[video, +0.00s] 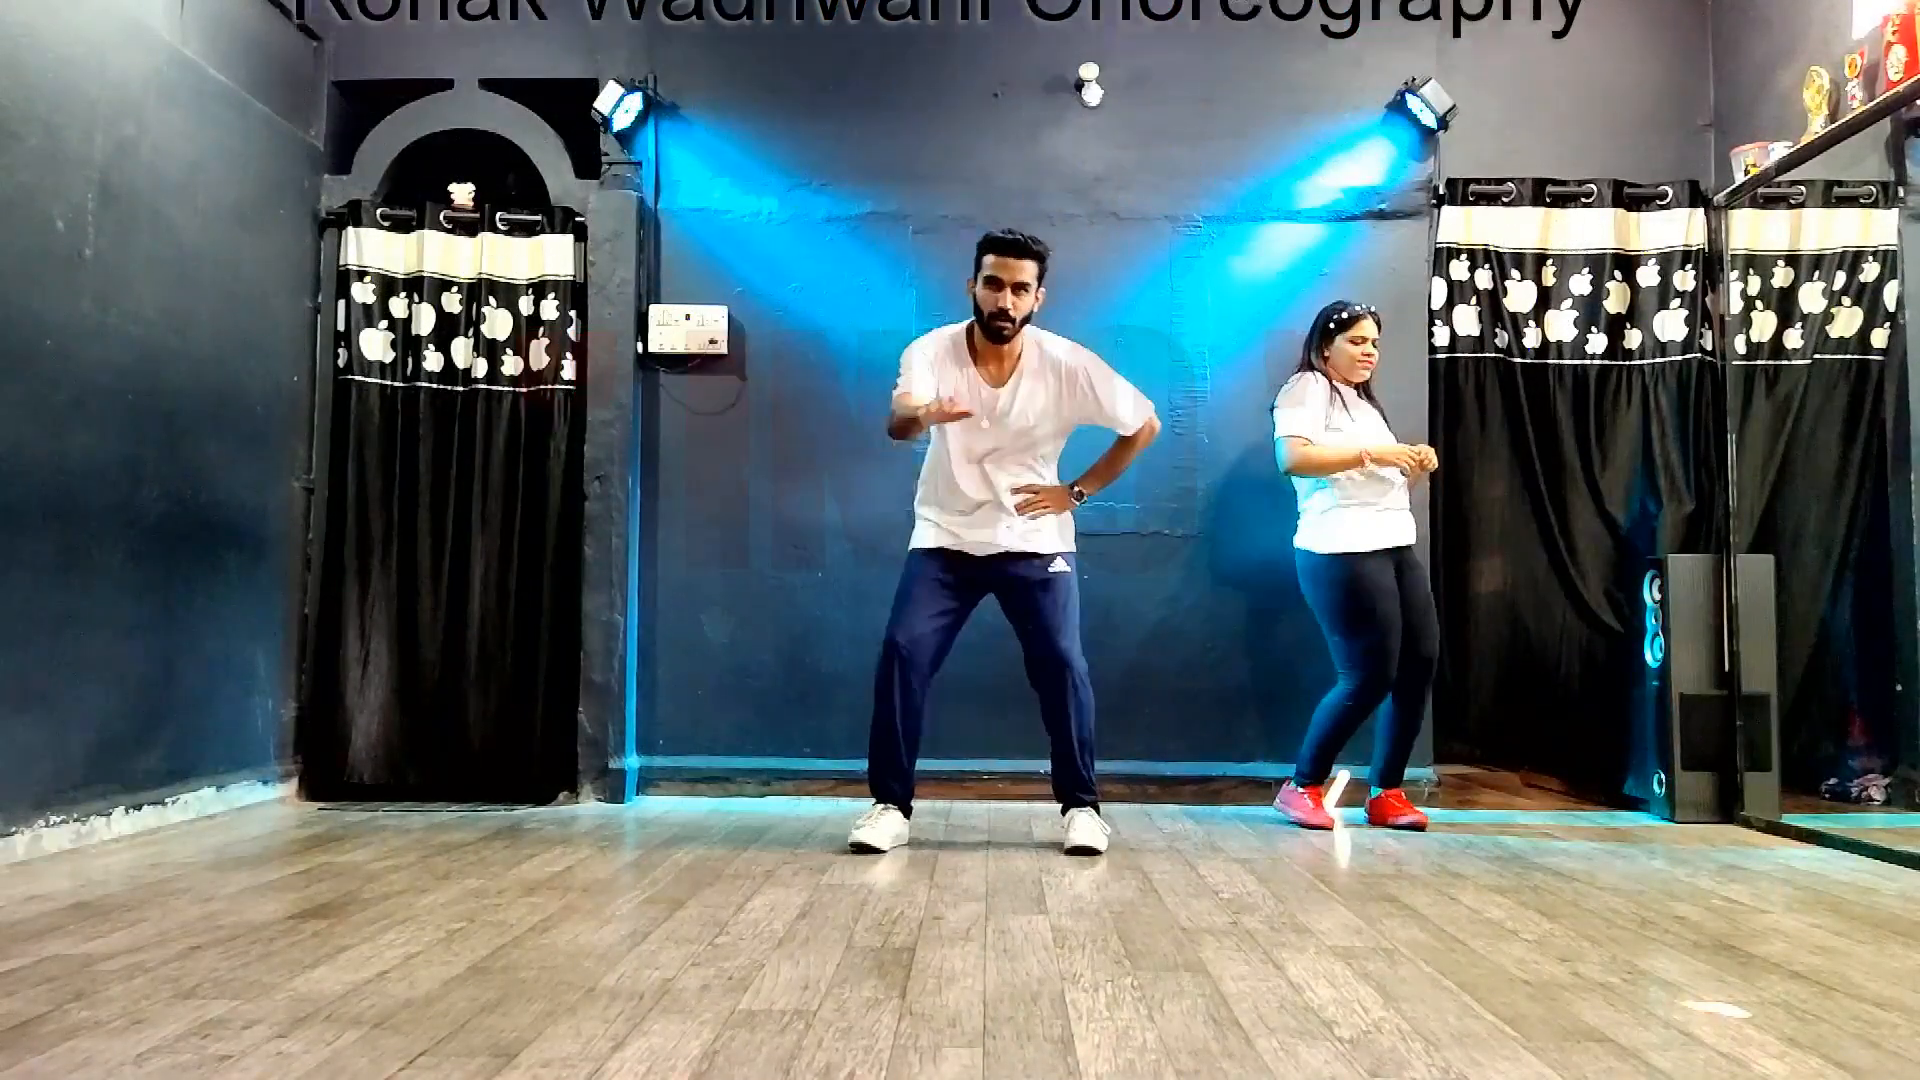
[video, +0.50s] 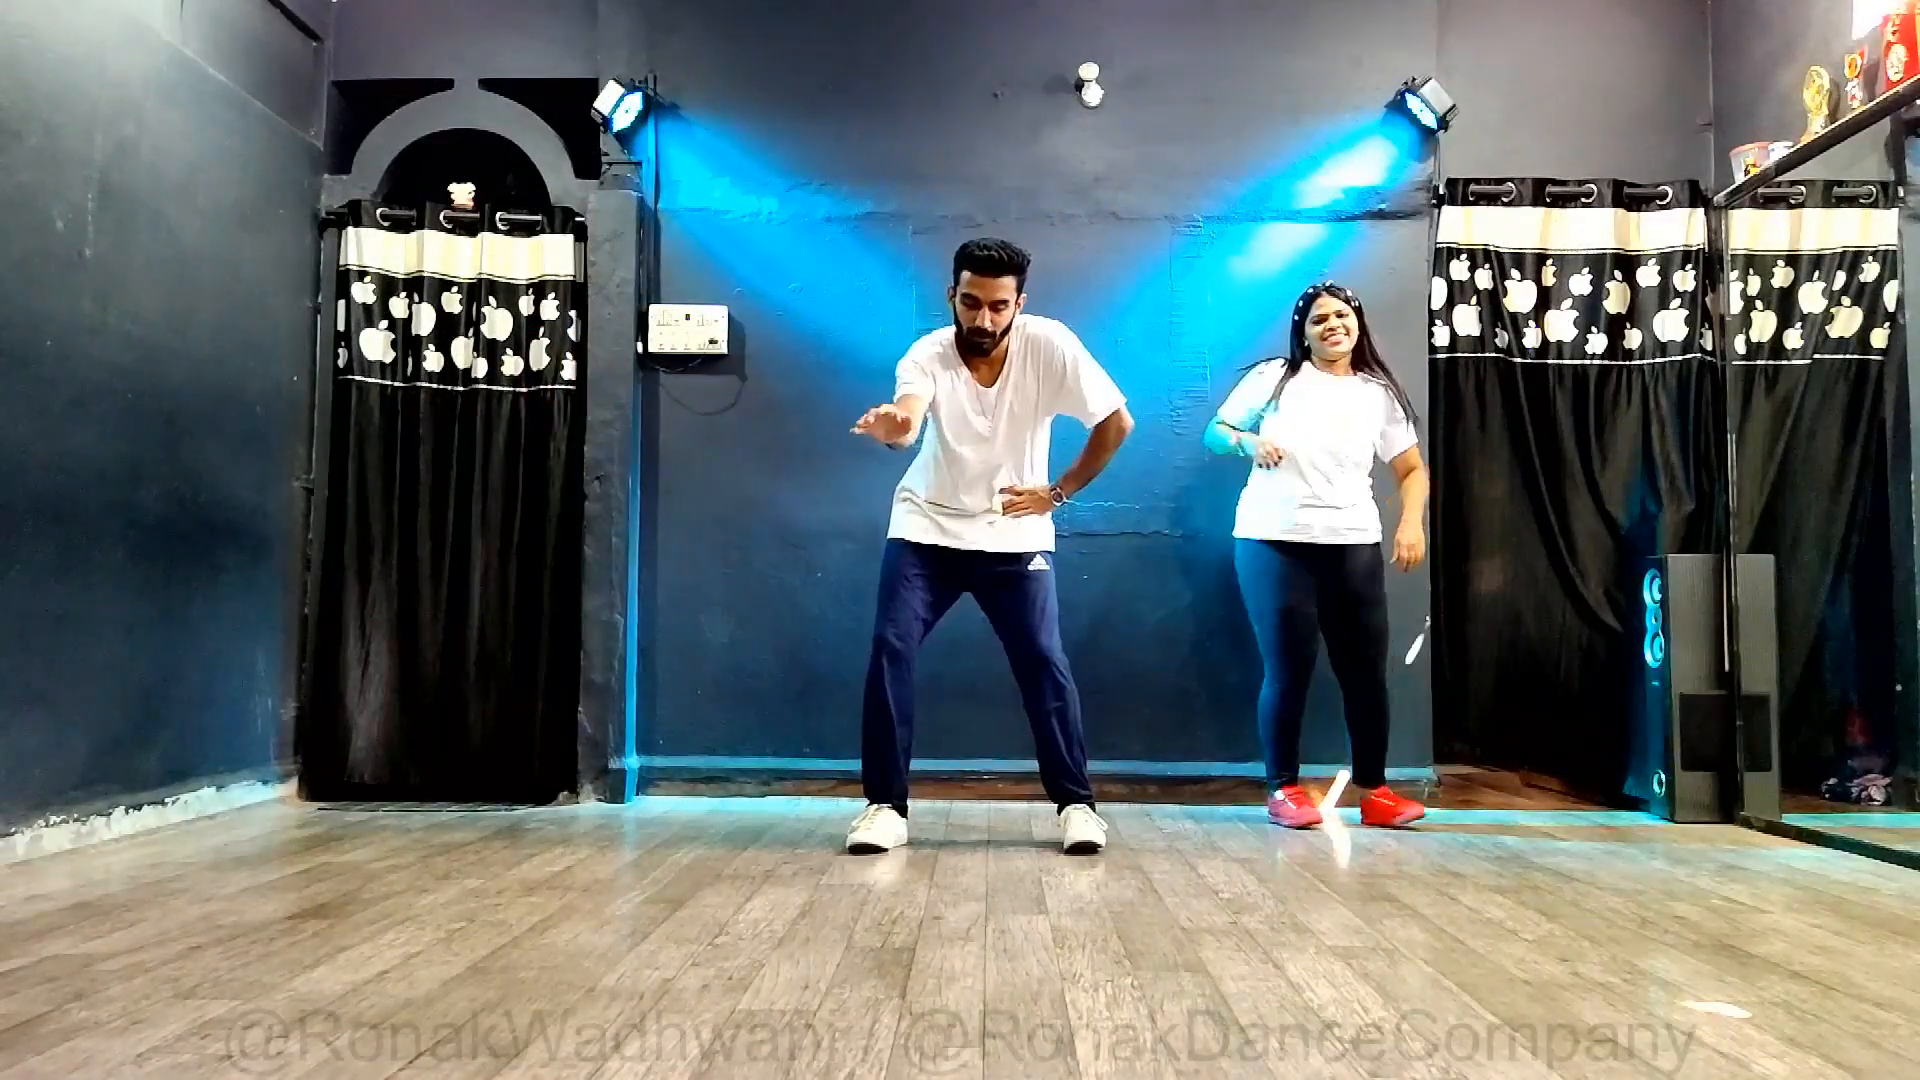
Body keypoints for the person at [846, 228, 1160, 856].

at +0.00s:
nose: (1005, 300)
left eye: (1020, 289)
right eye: (993, 285)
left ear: (1037, 298)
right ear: (972, 286)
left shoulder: (1066, 364)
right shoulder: (932, 352)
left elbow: (1144, 424)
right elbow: (898, 427)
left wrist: (1077, 491)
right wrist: (926, 415)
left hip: (1032, 536)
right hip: (944, 534)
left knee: (1062, 658)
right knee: (903, 649)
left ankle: (1080, 806)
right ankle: (890, 806)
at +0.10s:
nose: (1015, 312)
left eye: (1032, 301)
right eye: (1005, 295)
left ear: (1047, 310)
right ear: (984, 294)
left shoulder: (1071, 376)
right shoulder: (938, 356)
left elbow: (1147, 434)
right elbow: (907, 425)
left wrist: (1079, 497)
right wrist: (944, 398)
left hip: (1037, 539)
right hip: (948, 537)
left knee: (1065, 657)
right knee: (908, 653)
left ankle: (1081, 807)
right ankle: (893, 806)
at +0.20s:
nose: (1015, 318)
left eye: (1031, 307)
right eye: (1006, 301)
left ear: (1047, 314)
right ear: (985, 298)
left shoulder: (1069, 376)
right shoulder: (939, 351)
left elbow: (1143, 438)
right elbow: (914, 408)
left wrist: (1072, 499)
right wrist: (944, 407)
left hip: (1030, 536)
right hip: (943, 534)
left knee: (1058, 658)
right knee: (906, 653)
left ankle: (1079, 807)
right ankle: (891, 806)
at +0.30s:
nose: (1004, 315)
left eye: (1020, 305)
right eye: (995, 299)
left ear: (1038, 309)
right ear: (976, 293)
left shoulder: (1065, 366)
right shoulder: (936, 345)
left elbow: (1135, 432)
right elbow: (916, 387)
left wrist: (1067, 493)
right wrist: (926, 411)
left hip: (1022, 530)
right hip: (938, 525)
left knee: (1047, 657)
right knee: (904, 649)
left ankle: (1077, 806)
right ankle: (888, 805)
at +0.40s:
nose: (987, 316)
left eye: (1002, 303)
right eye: (976, 300)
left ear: (1022, 299)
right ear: (957, 292)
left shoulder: (1051, 343)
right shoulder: (928, 349)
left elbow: (1118, 421)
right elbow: (909, 397)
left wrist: (1060, 489)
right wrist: (896, 418)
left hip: (1013, 522)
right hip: (927, 517)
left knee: (1040, 655)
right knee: (894, 643)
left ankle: (1074, 804)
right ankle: (885, 806)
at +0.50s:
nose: (984, 319)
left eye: (999, 306)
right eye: (972, 303)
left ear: (1019, 302)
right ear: (954, 296)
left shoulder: (1049, 344)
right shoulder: (927, 356)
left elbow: (1116, 423)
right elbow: (906, 417)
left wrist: (1059, 492)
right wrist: (892, 428)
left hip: (1014, 525)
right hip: (928, 520)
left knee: (1044, 657)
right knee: (892, 643)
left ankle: (1075, 804)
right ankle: (885, 807)